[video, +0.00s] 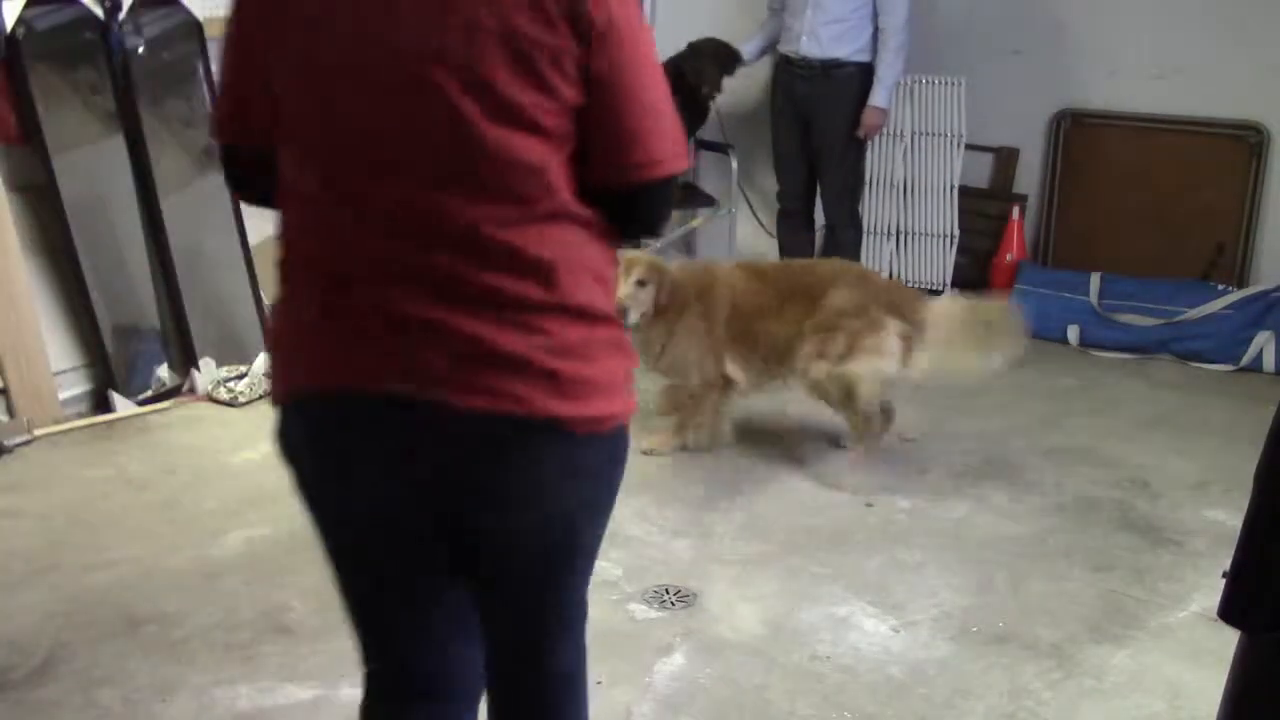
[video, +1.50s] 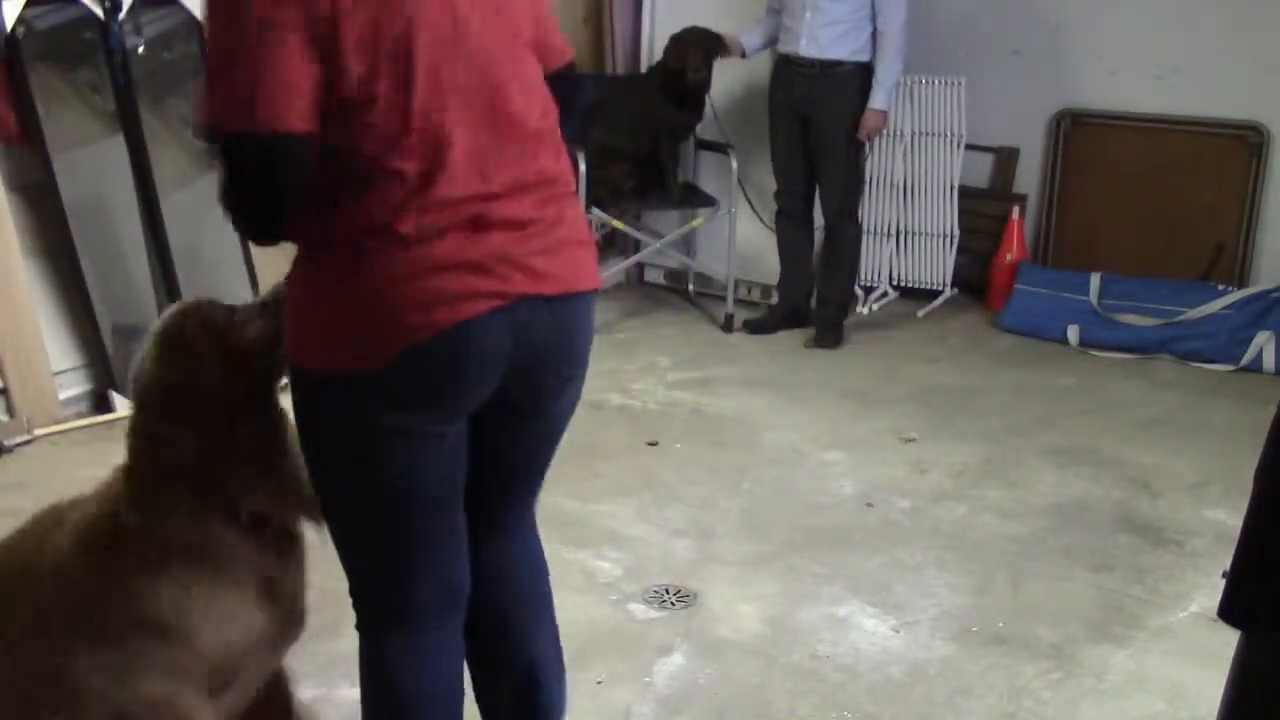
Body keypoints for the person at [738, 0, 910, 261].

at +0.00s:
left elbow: (893, 28)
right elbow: (778, 17)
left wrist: (879, 101)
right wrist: (738, 55)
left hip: (845, 80)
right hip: (789, 77)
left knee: (839, 205)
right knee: (792, 201)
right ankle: (793, 296)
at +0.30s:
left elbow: (894, 27)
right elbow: (780, 14)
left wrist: (880, 101)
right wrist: (736, 36)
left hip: (845, 79)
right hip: (789, 75)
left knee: (840, 205)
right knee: (792, 200)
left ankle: (833, 301)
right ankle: (793, 298)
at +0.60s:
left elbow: (893, 28)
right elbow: (781, 15)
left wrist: (878, 101)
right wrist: (740, 42)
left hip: (845, 79)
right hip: (789, 75)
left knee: (840, 207)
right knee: (791, 202)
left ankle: (831, 316)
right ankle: (792, 305)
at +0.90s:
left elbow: (892, 29)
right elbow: (780, 17)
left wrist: (878, 101)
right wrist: (739, 46)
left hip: (845, 79)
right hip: (790, 76)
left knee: (841, 209)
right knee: (792, 203)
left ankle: (831, 318)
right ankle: (792, 306)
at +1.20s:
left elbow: (892, 30)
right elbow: (779, 19)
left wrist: (878, 102)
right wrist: (739, 45)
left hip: (844, 79)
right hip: (788, 76)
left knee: (841, 208)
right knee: (792, 202)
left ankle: (831, 317)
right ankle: (792, 306)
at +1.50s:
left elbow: (892, 29)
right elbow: (779, 15)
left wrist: (879, 104)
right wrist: (741, 44)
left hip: (844, 80)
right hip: (788, 76)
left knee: (839, 208)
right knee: (790, 202)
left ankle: (831, 317)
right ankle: (792, 306)